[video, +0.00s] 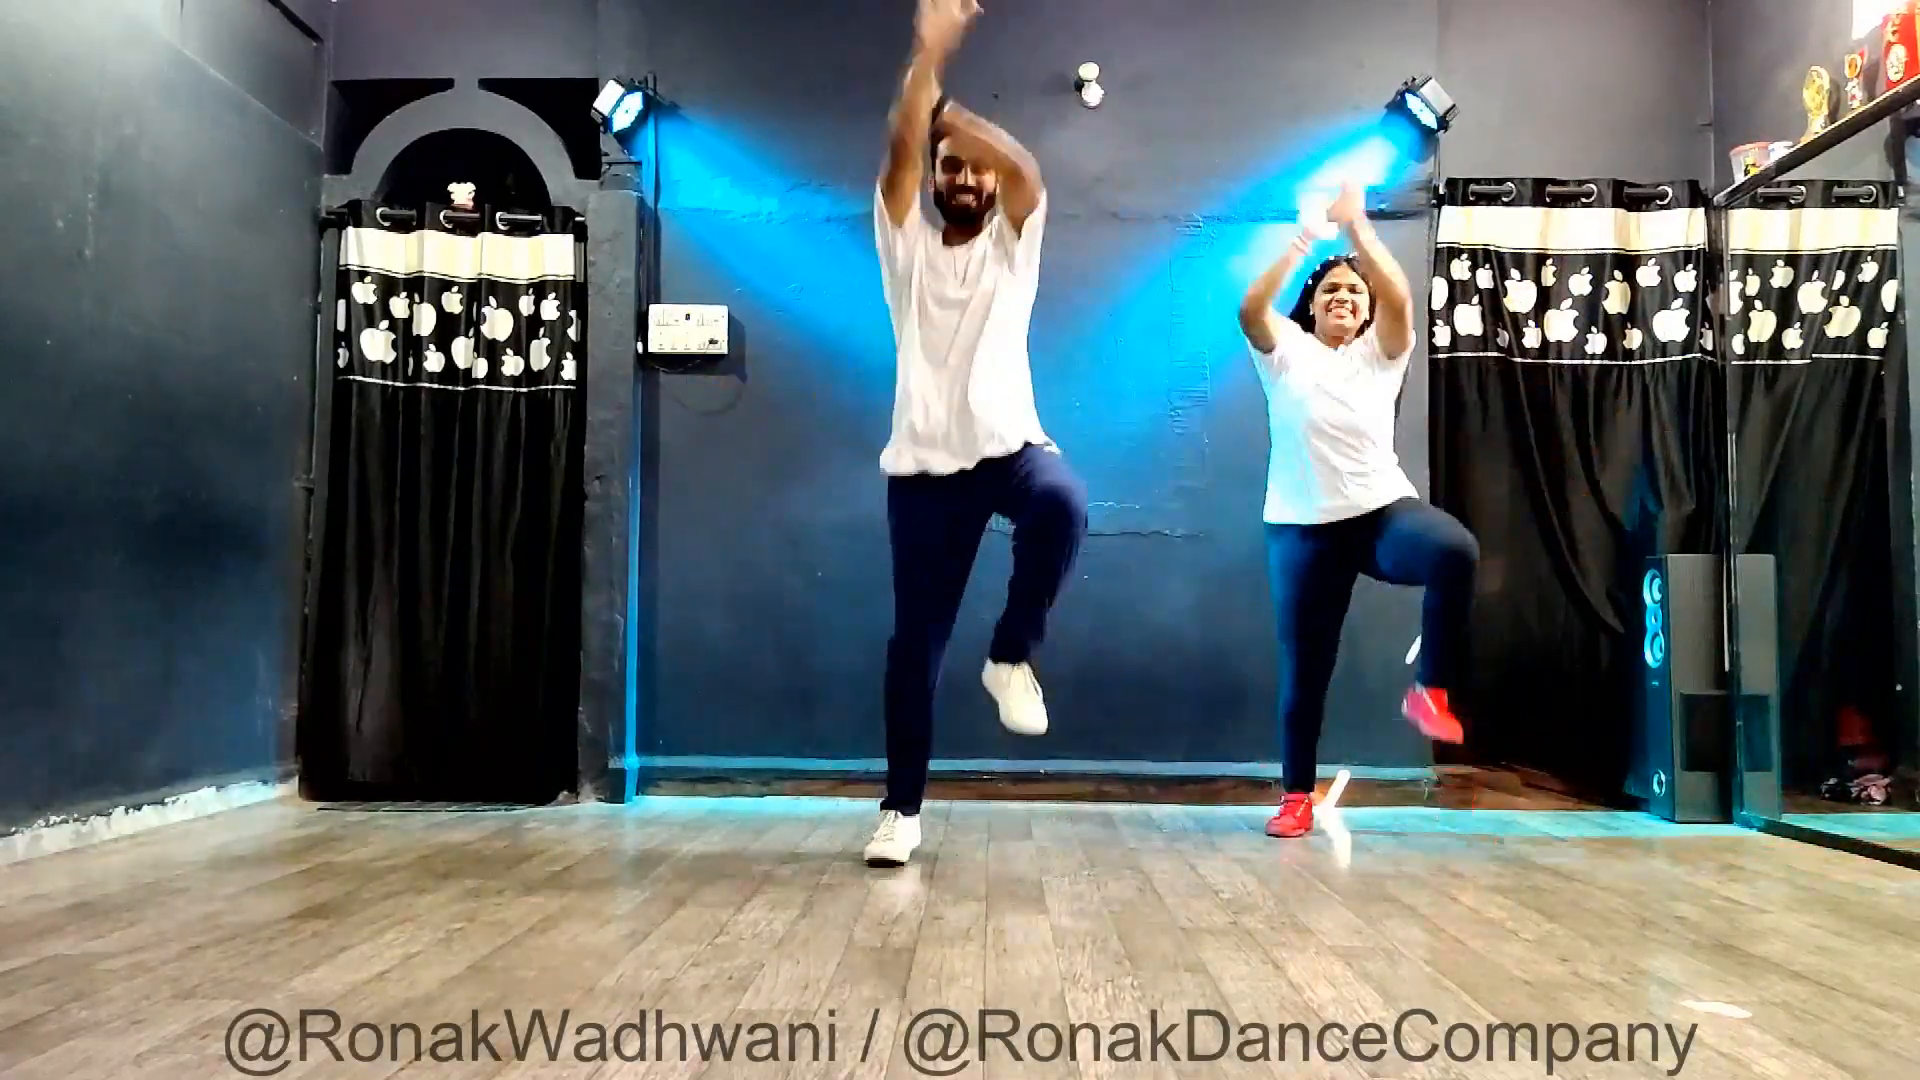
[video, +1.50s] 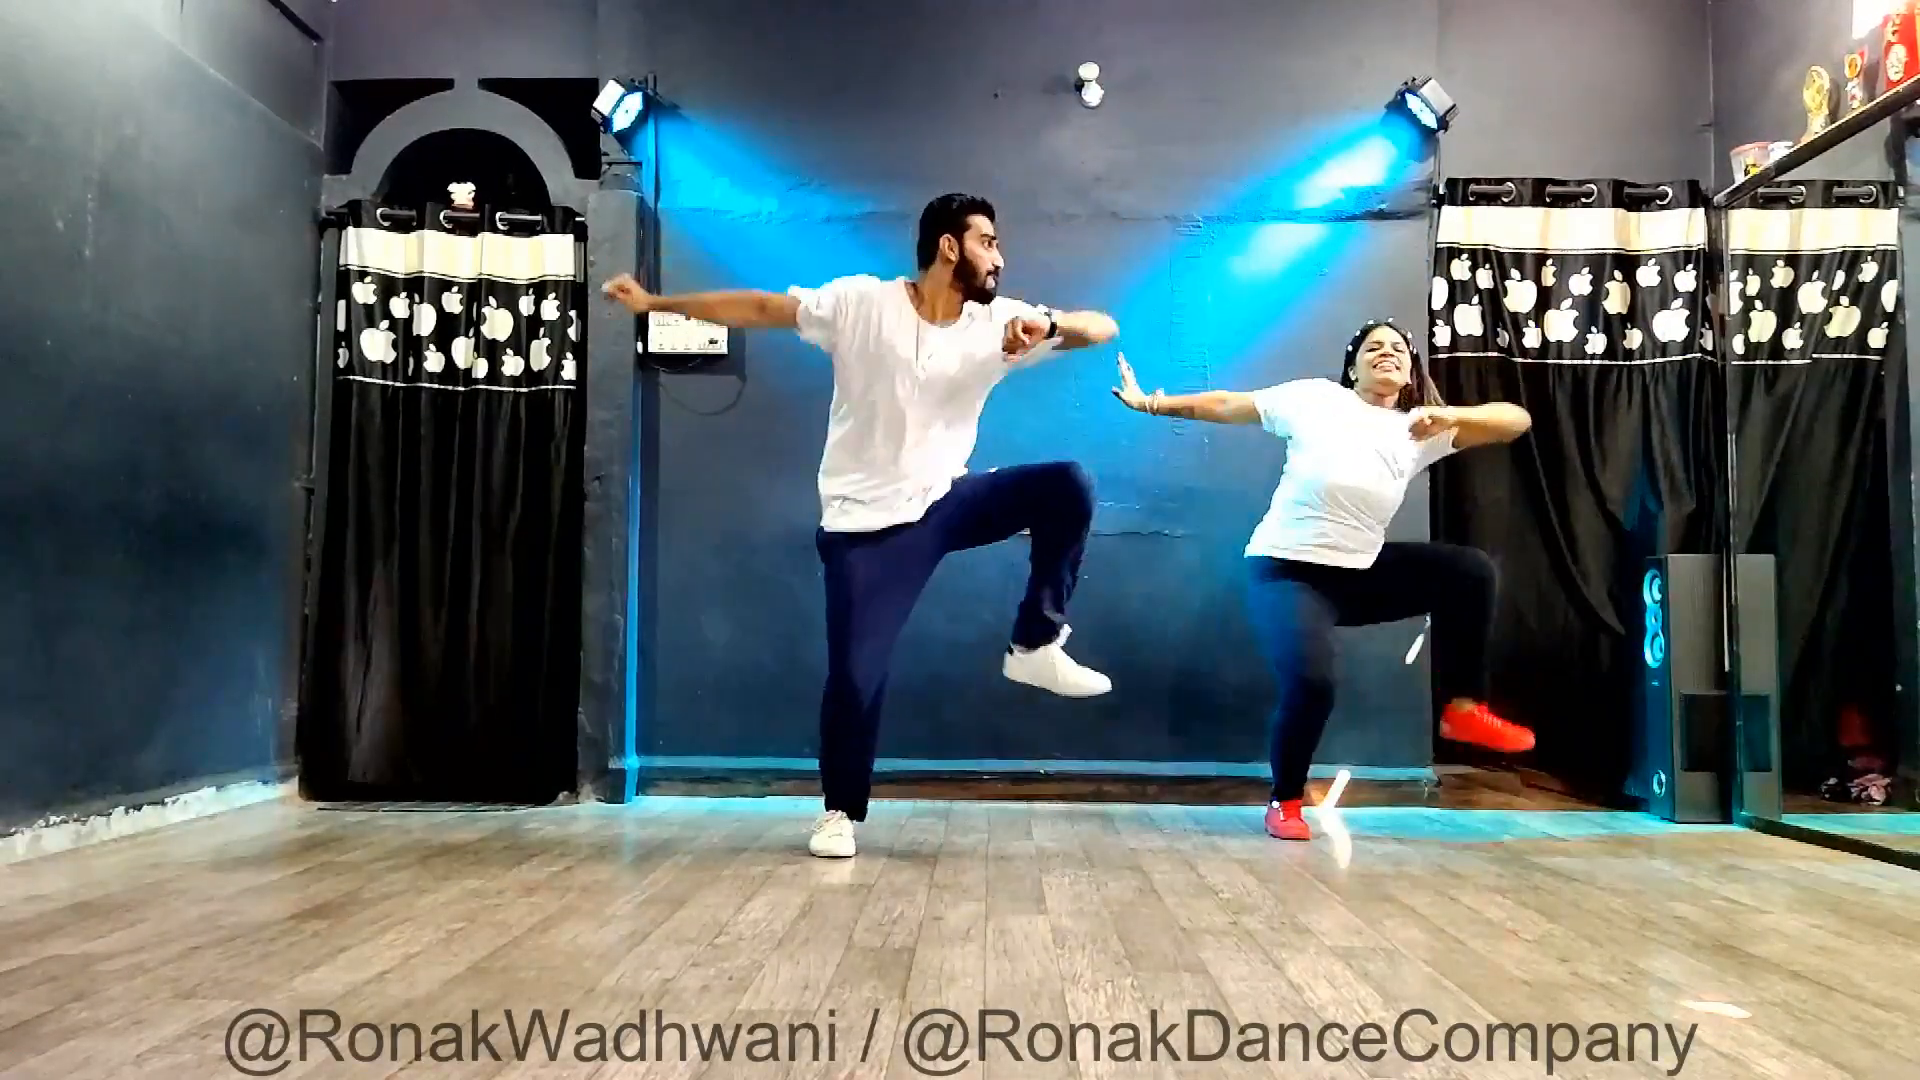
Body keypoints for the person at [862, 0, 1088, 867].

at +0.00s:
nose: (962, 181)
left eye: (976, 169)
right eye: (950, 168)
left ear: (998, 184)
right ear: (931, 178)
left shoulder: (1011, 243)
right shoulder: (904, 240)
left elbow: (1021, 170)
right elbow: (906, 146)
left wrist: (945, 104)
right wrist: (930, 50)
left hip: (1010, 448)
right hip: (927, 460)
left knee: (1060, 506)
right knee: (915, 645)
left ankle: (1011, 658)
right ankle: (900, 810)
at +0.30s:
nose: (976, 211)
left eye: (990, 201)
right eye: (963, 199)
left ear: (1007, 213)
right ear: (943, 209)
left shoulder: (1036, 284)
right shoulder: (907, 272)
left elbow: (1135, 276)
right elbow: (812, 226)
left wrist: (1196, 209)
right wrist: (741, 153)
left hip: (1024, 469)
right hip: (941, 481)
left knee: (1098, 520)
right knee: (942, 645)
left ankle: (1017, 602)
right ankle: (942, 786)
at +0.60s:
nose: (1067, 280)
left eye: (1076, 270)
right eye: (1056, 265)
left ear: (1083, 276)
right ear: (1019, 258)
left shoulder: (1078, 340)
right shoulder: (976, 301)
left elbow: (1152, 389)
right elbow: (966, 325)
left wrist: (1229, 422)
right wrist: (1064, 297)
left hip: (1024, 511)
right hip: (952, 490)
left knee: (1061, 655)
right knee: (1010, 568)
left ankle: (1012, 808)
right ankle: (925, 647)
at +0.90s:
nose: (1042, 297)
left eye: (1057, 289)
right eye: (1032, 282)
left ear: (1070, 303)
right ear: (1009, 289)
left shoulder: (1062, 389)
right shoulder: (988, 356)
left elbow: (1132, 450)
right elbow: (993, 434)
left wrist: (1211, 460)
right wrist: (1043, 363)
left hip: (1025, 552)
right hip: (983, 547)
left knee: (1104, 676)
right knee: (1094, 668)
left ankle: (1012, 811)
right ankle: (1049, 840)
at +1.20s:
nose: (978, 163)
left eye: (994, 155)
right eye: (968, 150)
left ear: (1012, 171)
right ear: (947, 157)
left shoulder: (1034, 242)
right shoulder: (905, 218)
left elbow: (1093, 318)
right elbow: (799, 234)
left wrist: (1115, 275)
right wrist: (768, 172)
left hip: (1008, 454)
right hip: (925, 448)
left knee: (1068, 584)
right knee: (920, 600)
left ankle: (990, 688)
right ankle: (880, 760)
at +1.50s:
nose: (999, 255)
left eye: (997, 243)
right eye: (986, 241)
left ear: (966, 252)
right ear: (946, 248)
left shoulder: (997, 320)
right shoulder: (861, 303)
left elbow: (1104, 328)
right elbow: (763, 309)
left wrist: (1056, 329)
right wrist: (659, 303)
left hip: (946, 499)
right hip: (867, 519)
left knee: (1065, 488)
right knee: (856, 677)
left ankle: (1037, 648)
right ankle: (841, 814)